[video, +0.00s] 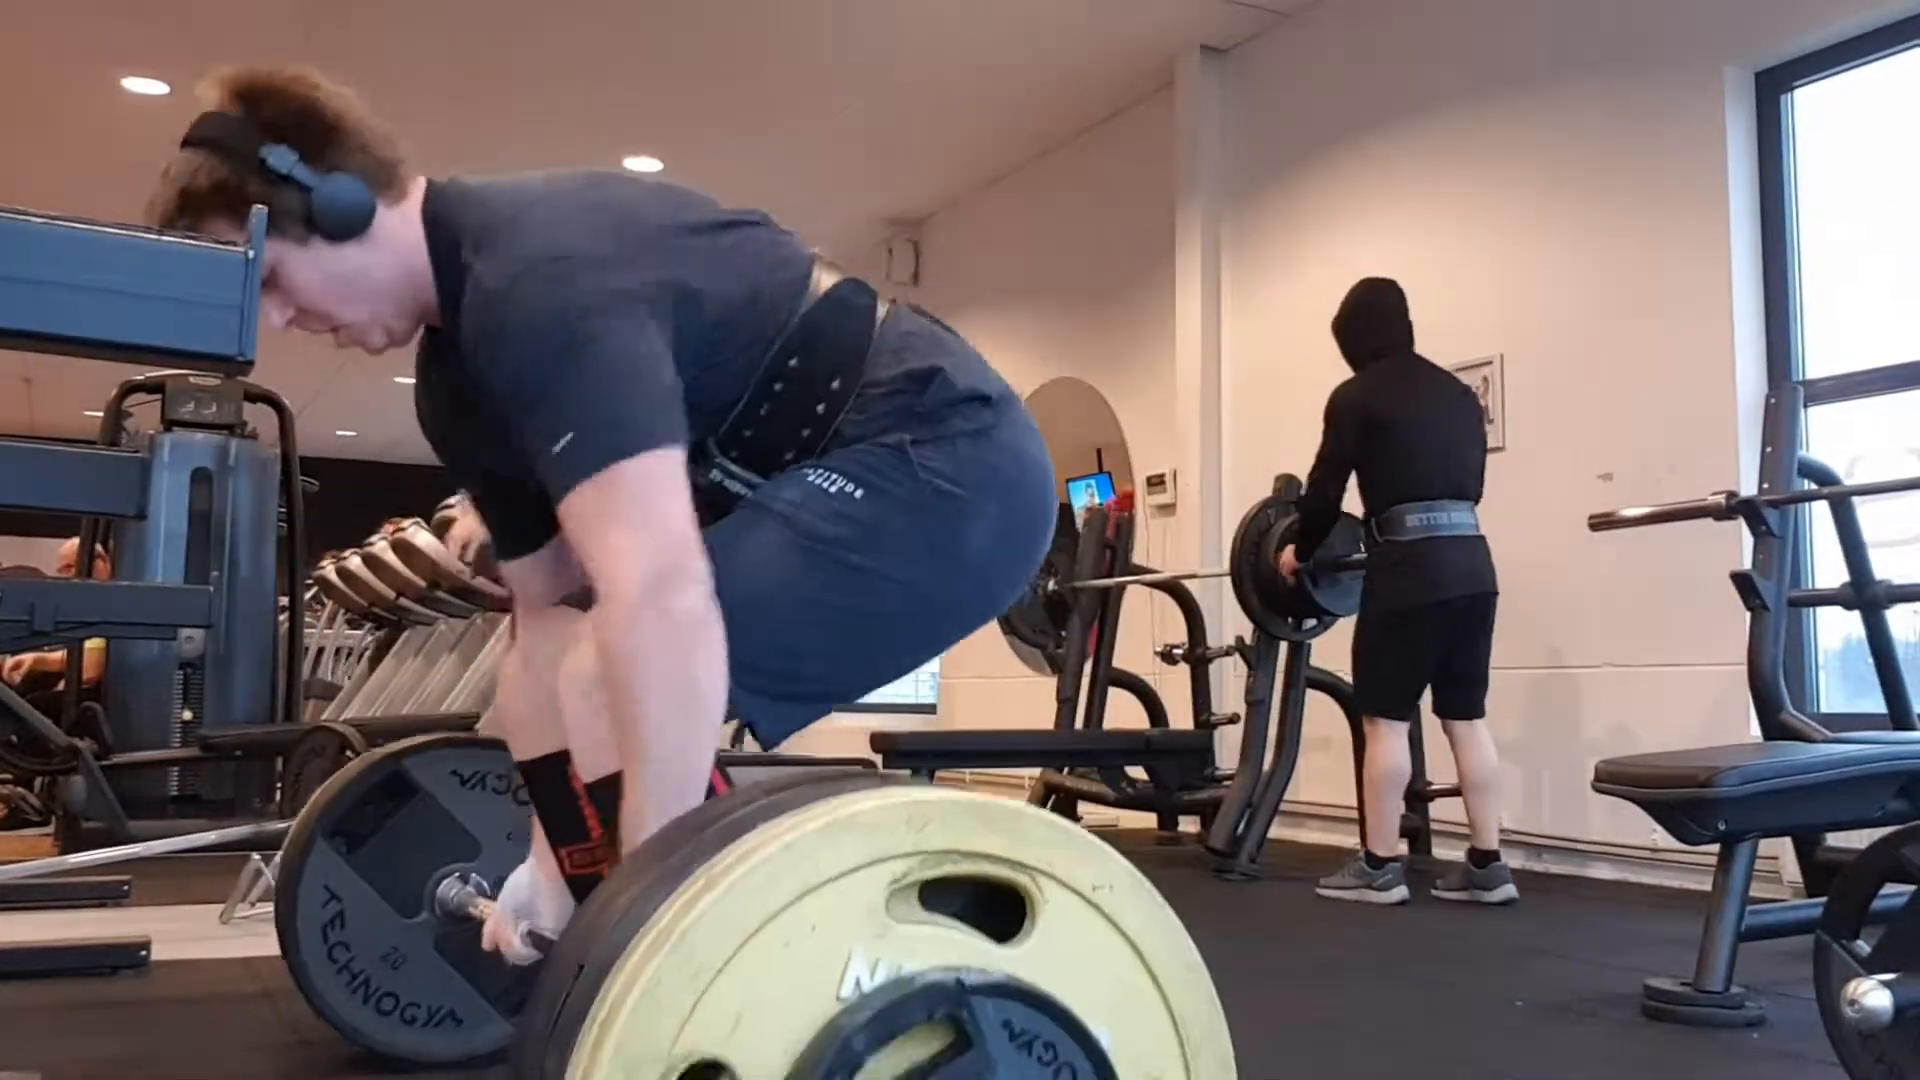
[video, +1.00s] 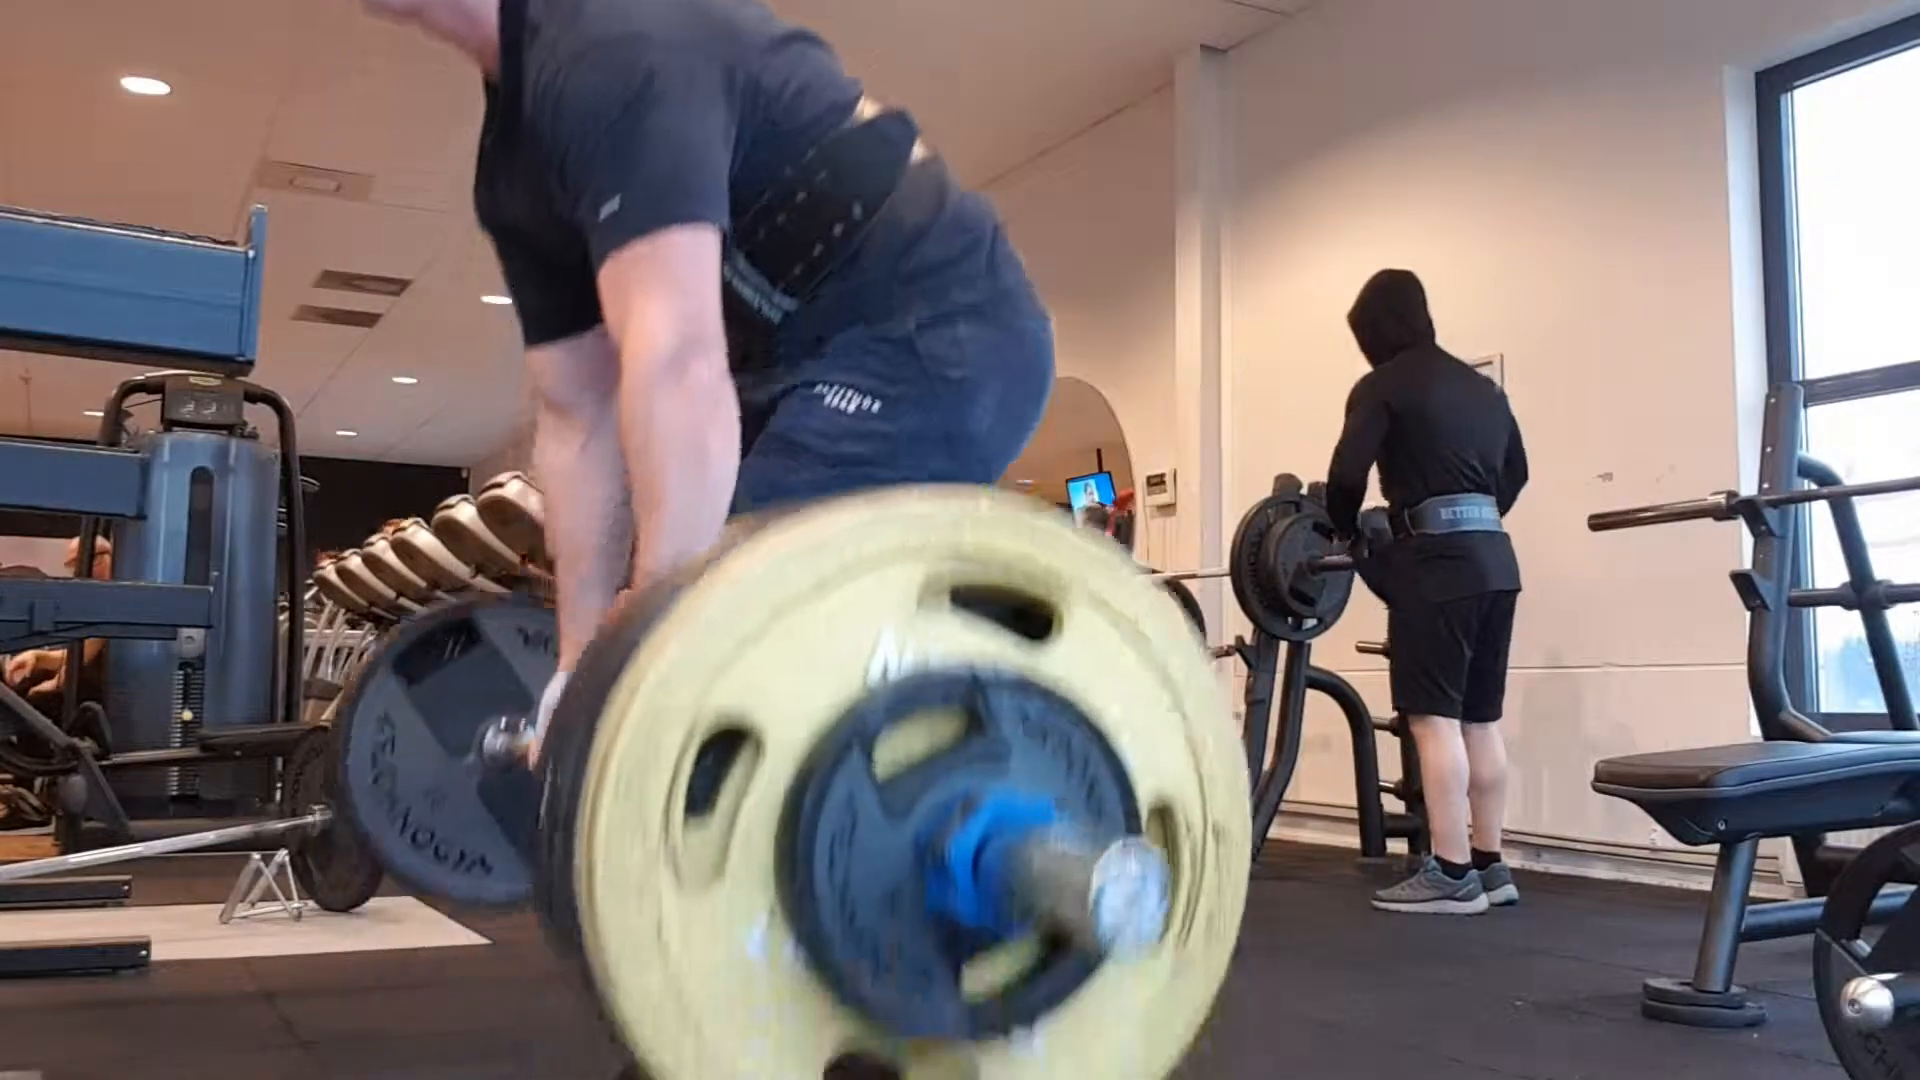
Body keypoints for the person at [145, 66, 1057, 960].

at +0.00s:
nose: (282, 321)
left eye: (268, 280)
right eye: (259, 300)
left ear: (318, 205)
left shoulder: (547, 286)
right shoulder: (454, 369)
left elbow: (661, 597)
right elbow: (554, 602)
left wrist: (656, 912)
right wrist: (547, 860)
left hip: (936, 459)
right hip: (814, 480)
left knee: (614, 676)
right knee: (533, 670)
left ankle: (701, 978)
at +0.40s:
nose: (275, 186)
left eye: (280, 143)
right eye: (260, 157)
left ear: (373, 93)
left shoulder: (562, 241)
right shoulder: (461, 329)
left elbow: (636, 573)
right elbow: (537, 589)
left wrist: (639, 878)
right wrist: (542, 853)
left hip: (911, 466)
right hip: (804, 483)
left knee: (565, 689)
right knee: (505, 688)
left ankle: (669, 1000)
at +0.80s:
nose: (300, 42)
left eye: (321, 8)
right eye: (300, 16)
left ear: (415, 11)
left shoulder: (594, 147)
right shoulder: (492, 251)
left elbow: (662, 476)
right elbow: (558, 505)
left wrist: (660, 776)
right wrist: (560, 755)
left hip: (927, 388)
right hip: (810, 416)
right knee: (586, 653)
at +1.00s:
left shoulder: (617, 57)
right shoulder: (512, 160)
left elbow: (681, 365)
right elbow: (574, 413)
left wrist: (661, 651)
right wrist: (582, 668)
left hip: (926, 336)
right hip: (809, 366)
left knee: (737, 646)